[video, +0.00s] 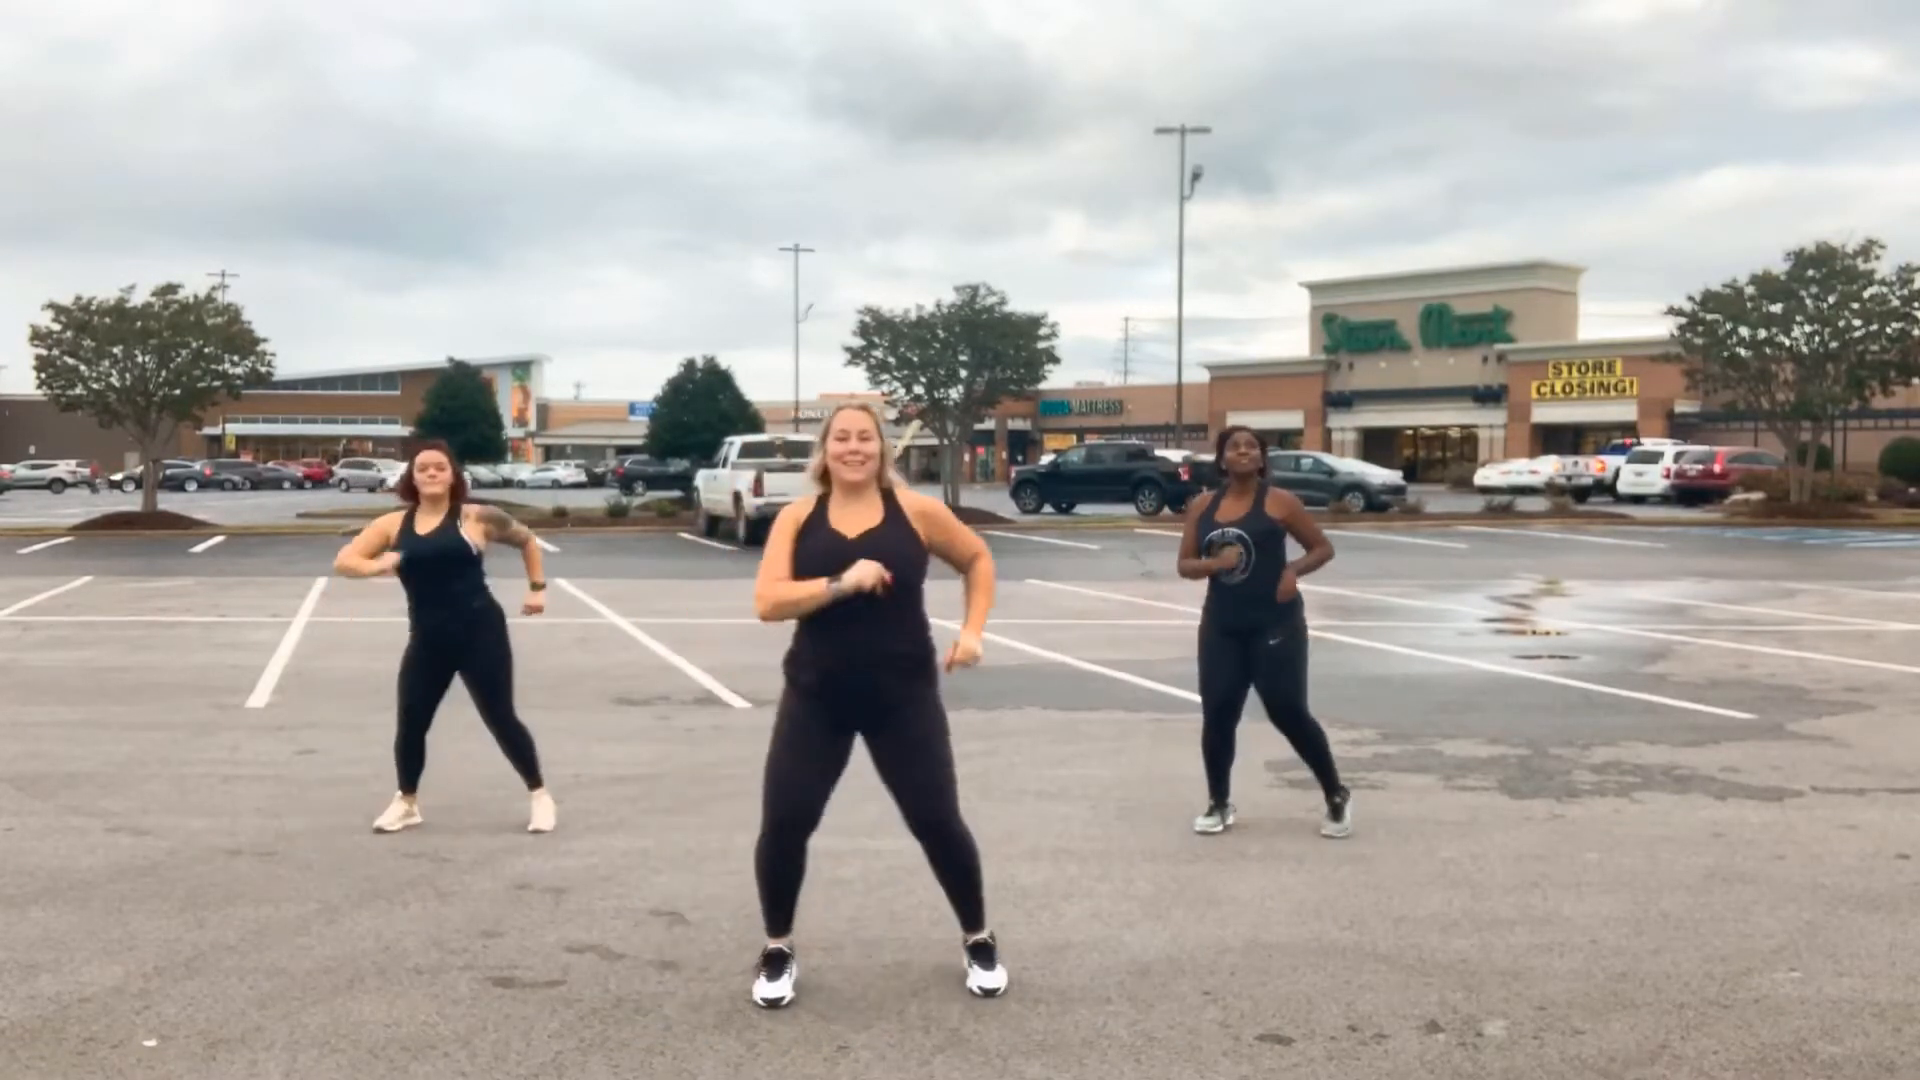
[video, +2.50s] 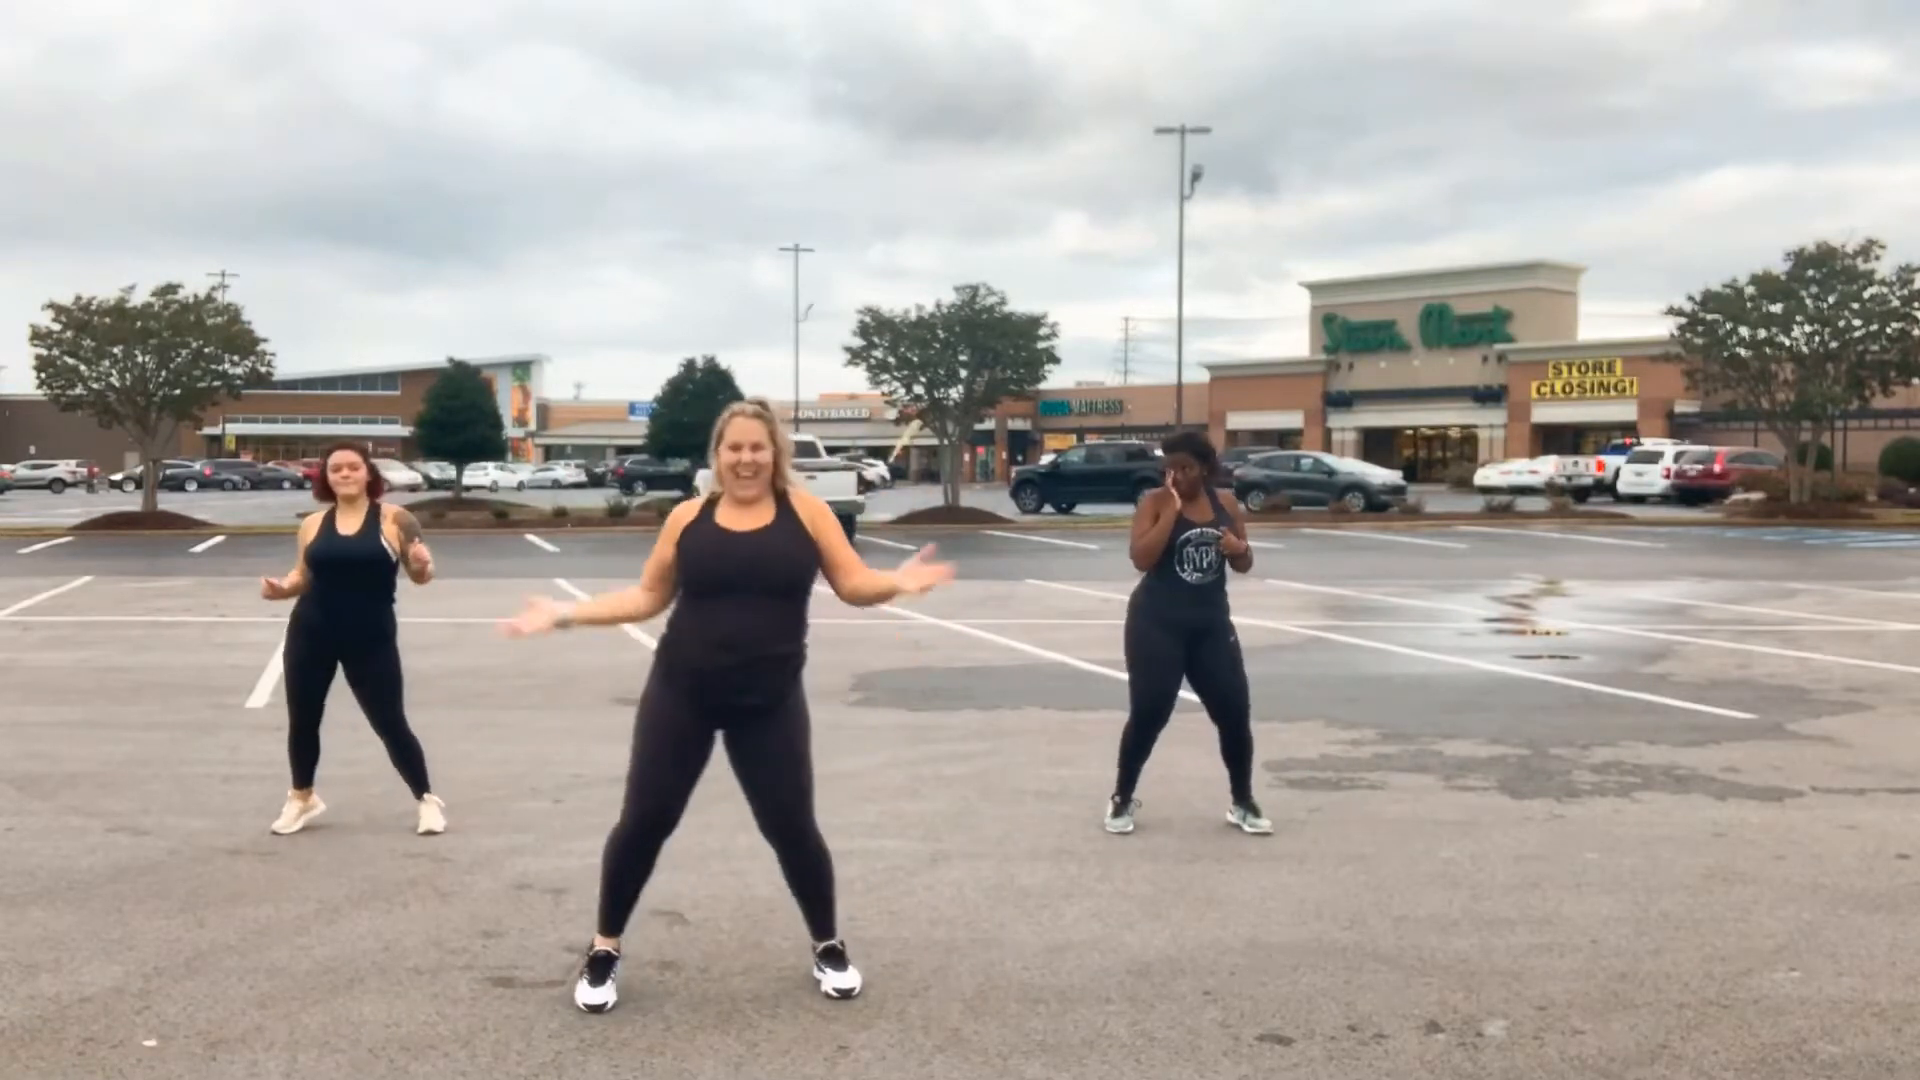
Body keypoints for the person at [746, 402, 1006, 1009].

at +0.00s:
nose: (853, 447)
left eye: (864, 438)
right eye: (842, 438)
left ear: (882, 448)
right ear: (824, 449)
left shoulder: (916, 510)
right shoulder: (796, 517)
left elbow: (977, 558)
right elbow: (768, 601)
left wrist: (972, 631)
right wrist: (837, 585)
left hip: (903, 698)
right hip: (816, 701)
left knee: (937, 823)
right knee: (783, 826)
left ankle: (978, 941)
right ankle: (777, 949)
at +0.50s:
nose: (839, 450)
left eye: (850, 441)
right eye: (827, 441)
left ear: (867, 455)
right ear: (809, 454)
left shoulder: (894, 521)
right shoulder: (780, 519)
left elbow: (923, 607)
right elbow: (706, 579)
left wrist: (883, 650)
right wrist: (740, 643)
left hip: (867, 698)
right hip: (784, 700)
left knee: (921, 813)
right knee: (783, 830)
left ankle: (948, 939)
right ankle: (772, 952)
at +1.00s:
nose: (805, 456)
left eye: (816, 447)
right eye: (794, 446)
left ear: (833, 459)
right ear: (775, 458)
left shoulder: (855, 526)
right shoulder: (740, 521)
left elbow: (897, 612)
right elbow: (711, 611)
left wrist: (863, 644)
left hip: (847, 702)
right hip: (766, 701)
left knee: (851, 834)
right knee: (769, 821)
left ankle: (833, 948)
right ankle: (763, 933)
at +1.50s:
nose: (736, 460)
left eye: (748, 449)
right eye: (724, 449)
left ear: (764, 460)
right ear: (704, 459)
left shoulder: (788, 520)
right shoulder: (670, 527)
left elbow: (814, 599)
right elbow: (626, 611)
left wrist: (822, 681)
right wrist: (590, 690)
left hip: (739, 709)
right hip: (652, 703)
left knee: (779, 834)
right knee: (635, 829)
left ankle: (825, 947)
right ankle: (621, 953)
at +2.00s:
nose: (753, 466)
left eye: (766, 457)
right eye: (744, 453)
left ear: (782, 466)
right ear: (723, 457)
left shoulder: (796, 522)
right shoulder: (683, 508)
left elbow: (850, 597)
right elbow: (649, 559)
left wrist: (909, 648)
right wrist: (628, 570)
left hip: (799, 696)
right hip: (714, 701)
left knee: (817, 824)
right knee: (671, 835)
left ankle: (831, 947)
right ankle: (630, 953)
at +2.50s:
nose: (746, 458)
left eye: (757, 447)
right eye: (734, 447)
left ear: (776, 453)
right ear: (716, 454)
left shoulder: (806, 512)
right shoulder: (687, 517)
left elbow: (852, 583)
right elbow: (647, 597)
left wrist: (897, 580)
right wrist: (563, 612)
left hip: (769, 697)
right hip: (680, 694)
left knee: (793, 828)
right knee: (644, 823)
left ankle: (828, 948)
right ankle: (604, 948)